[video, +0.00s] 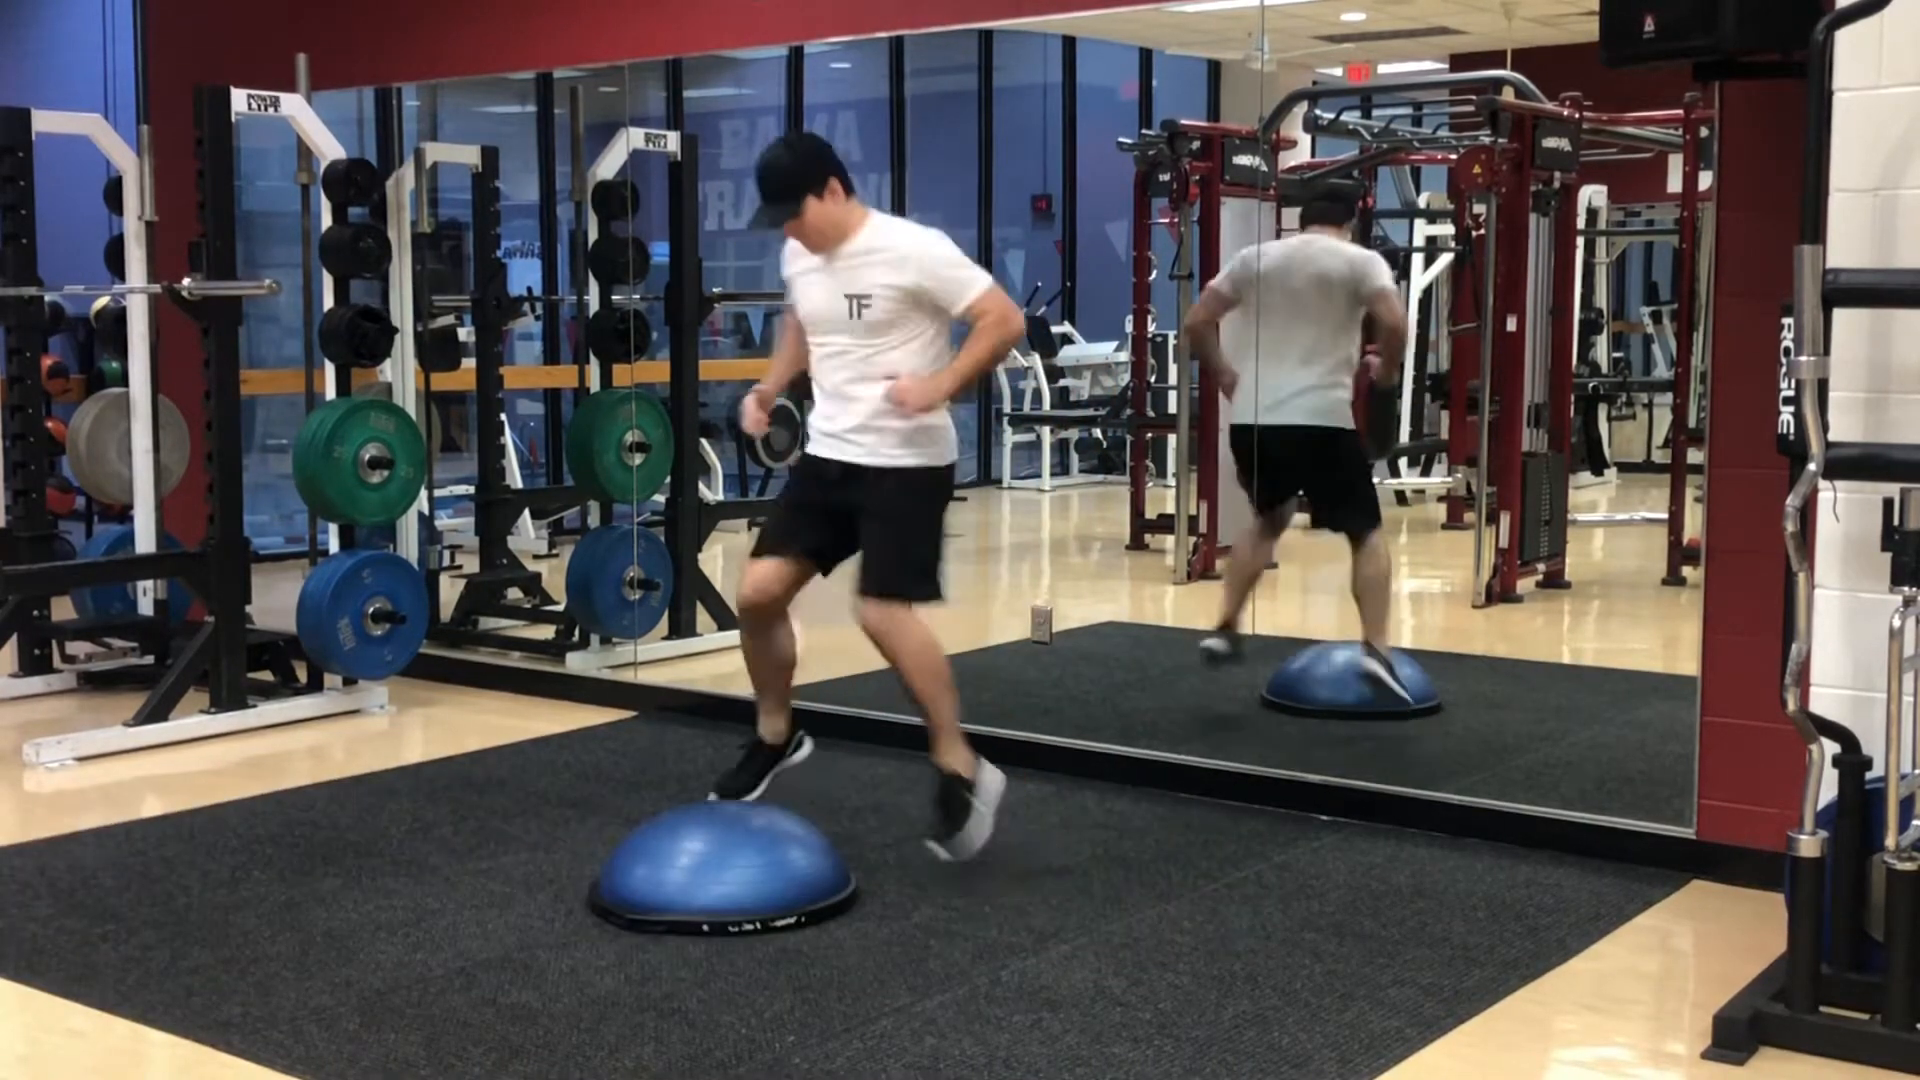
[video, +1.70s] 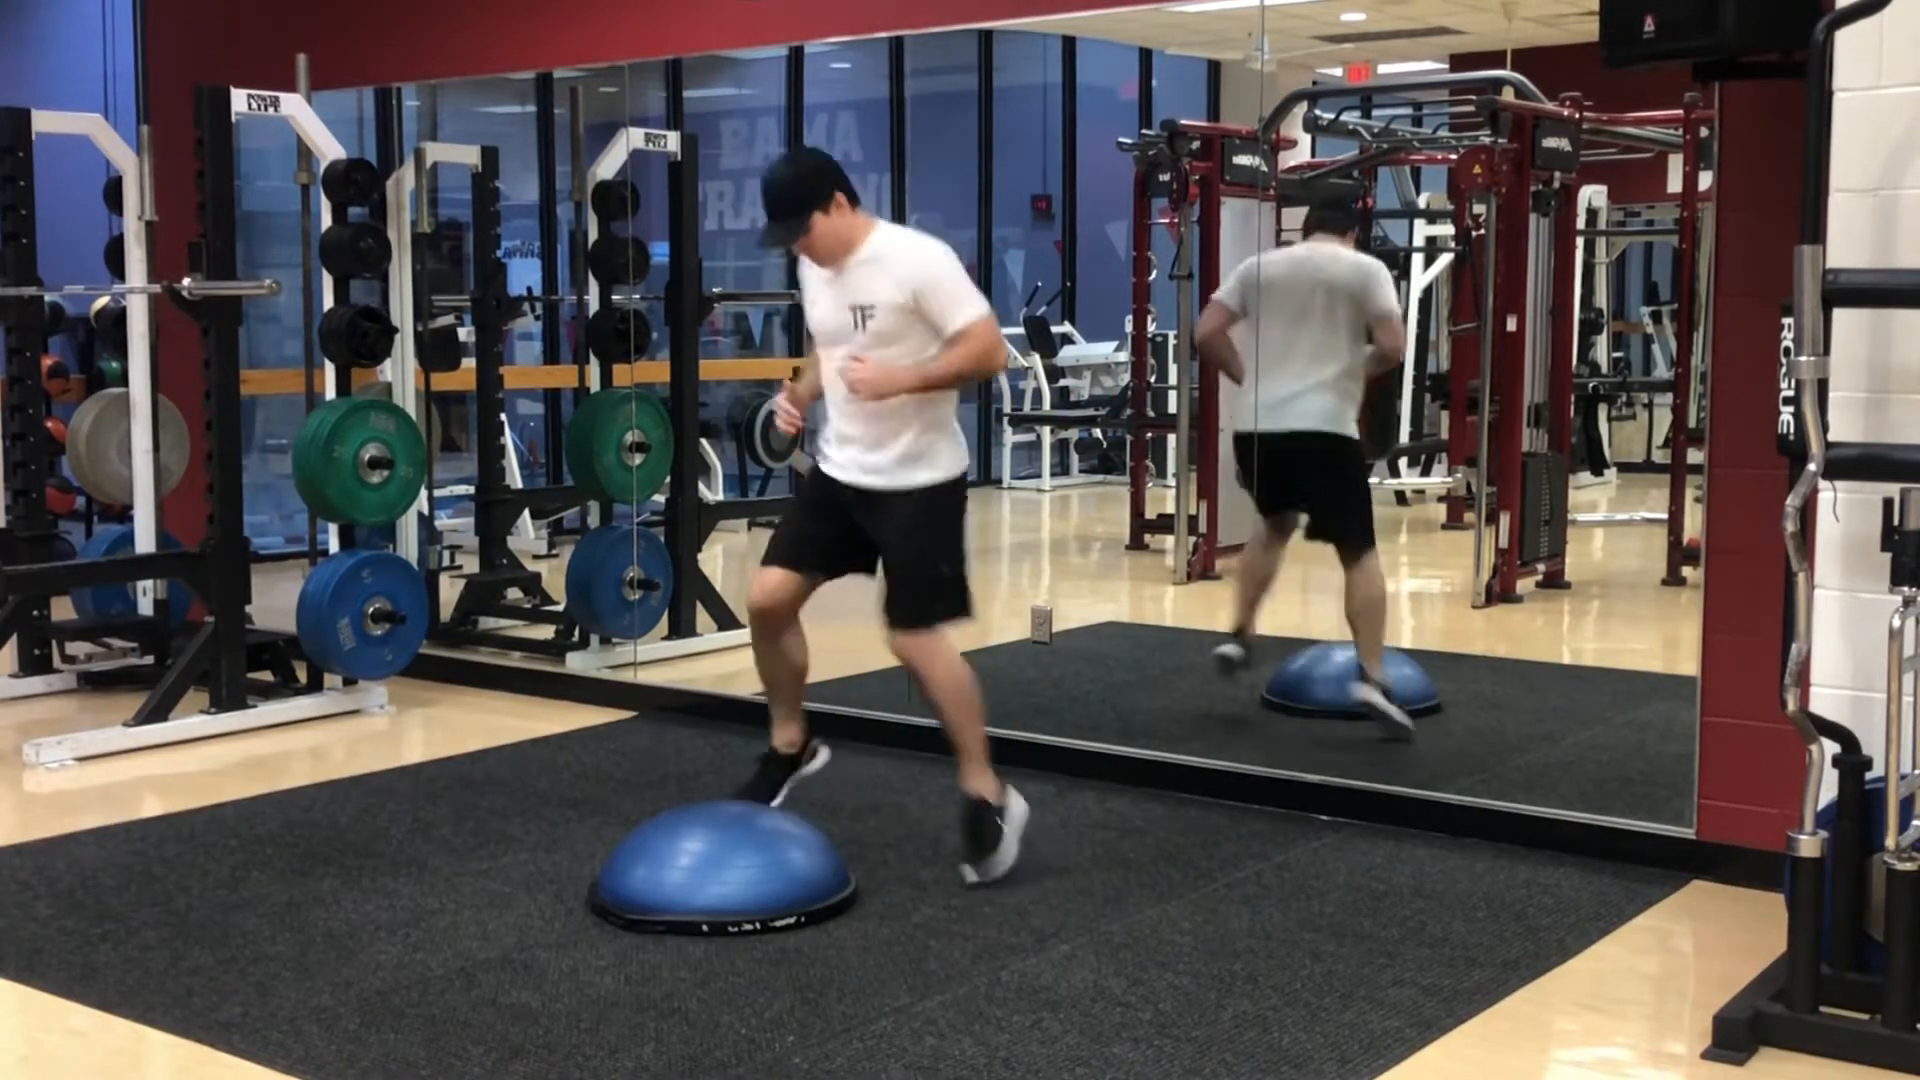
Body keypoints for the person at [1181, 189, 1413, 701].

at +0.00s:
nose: (1354, 230)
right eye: (1355, 222)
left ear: (1303, 218)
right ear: (1350, 221)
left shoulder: (1255, 257)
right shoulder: (1363, 262)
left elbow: (1196, 322)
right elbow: (1396, 323)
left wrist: (1222, 372)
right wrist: (1388, 367)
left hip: (1254, 422)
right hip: (1324, 425)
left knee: (1266, 523)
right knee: (1368, 538)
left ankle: (1224, 628)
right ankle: (1375, 650)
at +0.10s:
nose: (1338, 244)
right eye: (1339, 237)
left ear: (1289, 231)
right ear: (1335, 235)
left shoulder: (1240, 270)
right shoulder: (1341, 266)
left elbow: (1193, 338)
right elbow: (1348, 319)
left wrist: (1217, 395)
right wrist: (1350, 381)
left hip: (1238, 426)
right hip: (1305, 427)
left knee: (1233, 546)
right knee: (1359, 508)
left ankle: (1184, 662)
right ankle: (1337, 618)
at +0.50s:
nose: (1354, 239)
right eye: (1354, 231)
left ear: (1301, 224)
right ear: (1346, 228)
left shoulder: (1249, 267)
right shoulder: (1357, 262)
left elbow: (1195, 335)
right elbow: (1379, 319)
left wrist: (1239, 378)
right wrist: (1390, 363)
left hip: (1254, 425)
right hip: (1324, 424)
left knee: (1267, 527)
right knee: (1367, 546)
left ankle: (1237, 630)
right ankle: (1389, 668)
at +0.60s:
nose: (1370, 259)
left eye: (1365, 252)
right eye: (1369, 251)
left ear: (1315, 248)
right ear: (1362, 249)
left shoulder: (1269, 286)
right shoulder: (1384, 290)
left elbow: (1214, 353)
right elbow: (1420, 367)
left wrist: (1229, 418)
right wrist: (1414, 405)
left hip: (1275, 448)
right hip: (1344, 449)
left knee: (1293, 518)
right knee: (1372, 575)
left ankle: (1312, 617)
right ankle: (1399, 709)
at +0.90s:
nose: (1364, 236)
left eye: (1359, 230)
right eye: (1365, 229)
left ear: (1312, 221)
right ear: (1360, 226)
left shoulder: (1262, 261)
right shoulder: (1370, 261)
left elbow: (1214, 335)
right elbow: (1400, 324)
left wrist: (1269, 347)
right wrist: (1387, 362)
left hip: (1266, 422)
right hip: (1333, 426)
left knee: (1270, 530)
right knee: (1372, 539)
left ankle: (1232, 640)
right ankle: (1367, 654)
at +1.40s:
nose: (1358, 235)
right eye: (1358, 227)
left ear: (1306, 225)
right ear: (1353, 227)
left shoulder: (1262, 269)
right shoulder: (1371, 268)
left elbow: (1210, 337)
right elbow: (1402, 335)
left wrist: (1245, 381)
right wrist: (1384, 377)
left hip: (1271, 431)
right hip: (1338, 432)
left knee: (1285, 523)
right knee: (1361, 563)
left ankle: (1278, 633)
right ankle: (1384, 690)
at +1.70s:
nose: (1358, 241)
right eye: (1358, 233)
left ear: (1305, 227)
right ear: (1351, 231)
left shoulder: (1259, 266)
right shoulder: (1367, 270)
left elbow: (1207, 331)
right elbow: (1393, 349)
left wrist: (1244, 377)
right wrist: (1362, 368)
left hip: (1258, 431)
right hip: (1329, 433)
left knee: (1274, 524)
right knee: (1360, 557)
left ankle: (1238, 636)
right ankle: (1372, 677)